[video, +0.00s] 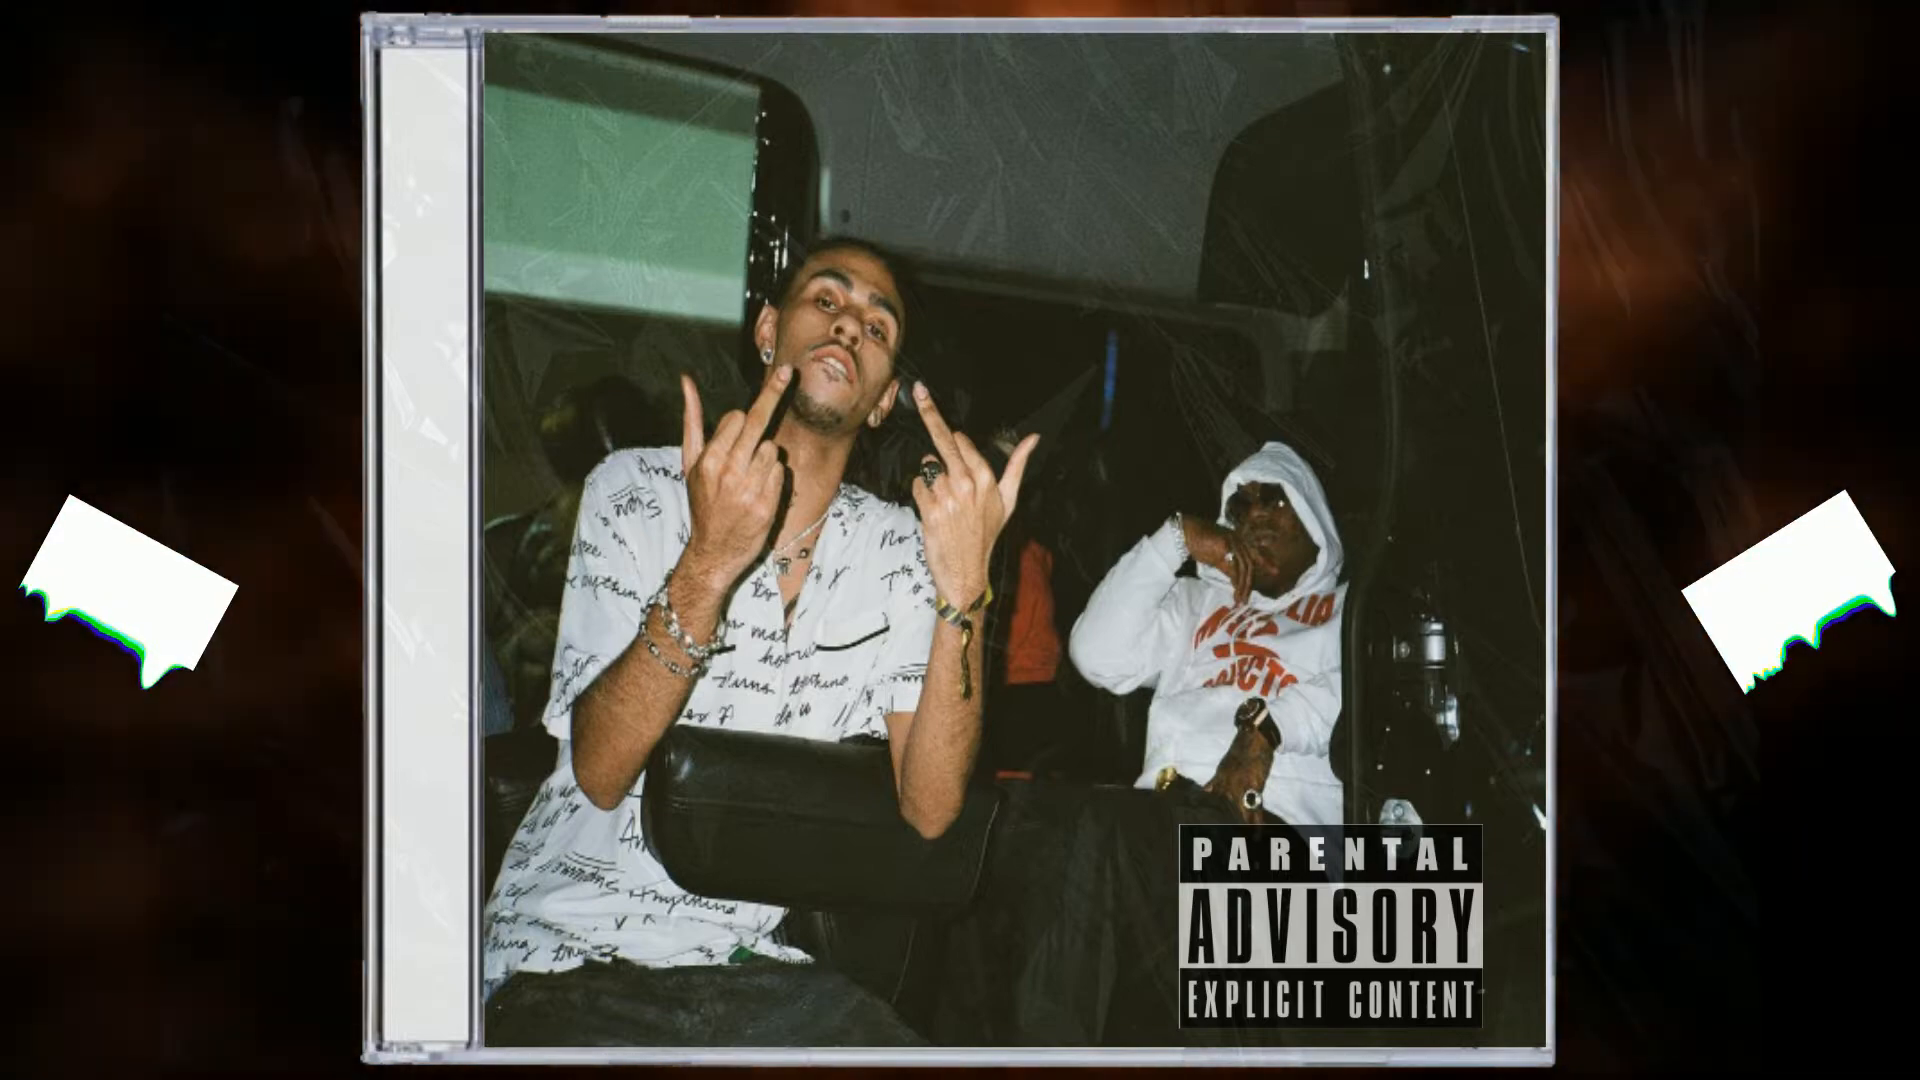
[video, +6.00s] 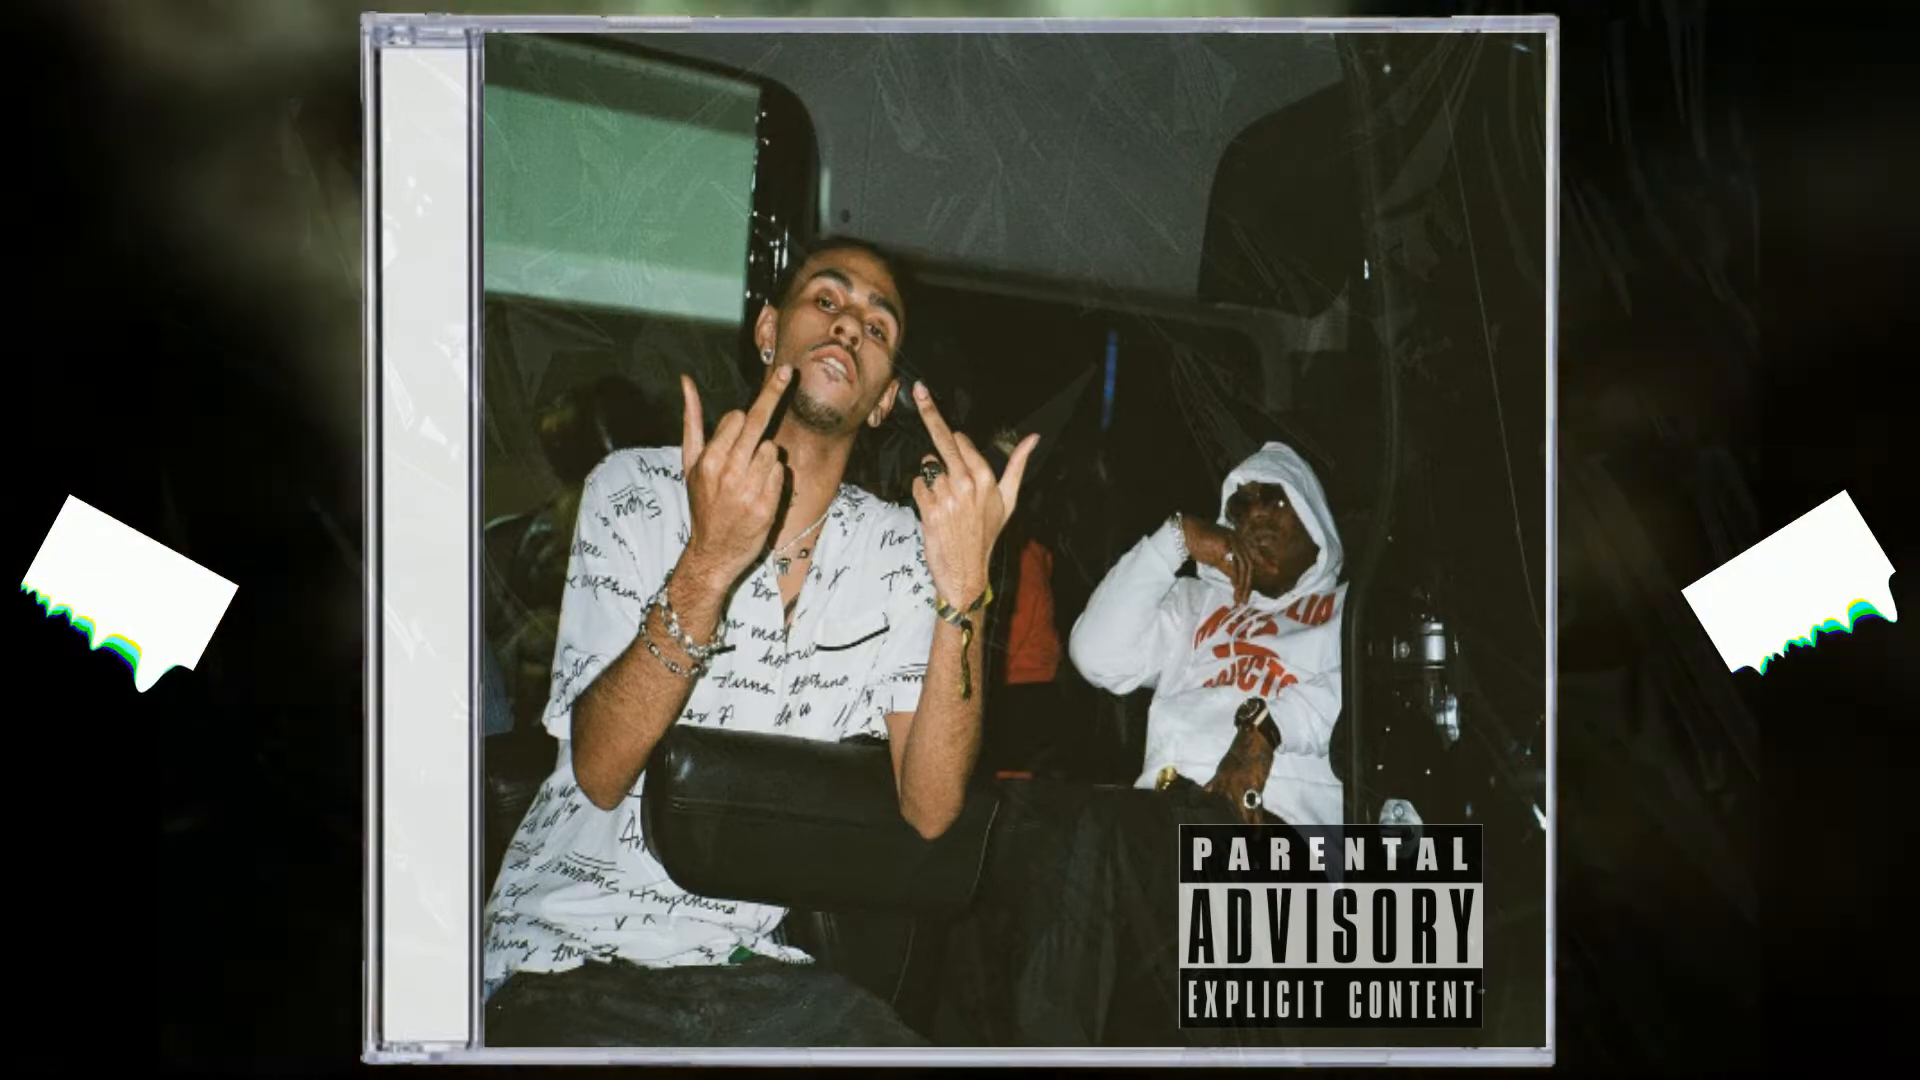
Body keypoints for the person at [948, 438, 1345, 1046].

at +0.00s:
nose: (1258, 519)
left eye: (1278, 502)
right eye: (1244, 504)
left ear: (1317, 524)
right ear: (1227, 524)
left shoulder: (1350, 610)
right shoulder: (1195, 601)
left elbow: (1351, 707)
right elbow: (1099, 657)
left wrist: (1261, 725)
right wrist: (1178, 538)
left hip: (1286, 821)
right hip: (1165, 810)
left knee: (1100, 822)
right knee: (1028, 811)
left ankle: (1049, 1054)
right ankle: (966, 1049)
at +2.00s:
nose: (1257, 522)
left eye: (1277, 505)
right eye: (1243, 507)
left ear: (1318, 526)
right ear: (1226, 526)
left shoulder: (1350, 607)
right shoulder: (1196, 601)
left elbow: (1355, 698)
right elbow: (1099, 658)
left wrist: (1266, 727)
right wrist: (1177, 538)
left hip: (1284, 818)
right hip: (1163, 809)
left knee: (1099, 822)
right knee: (1028, 810)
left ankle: (1049, 1053)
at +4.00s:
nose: (1258, 520)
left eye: (1278, 503)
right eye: (1243, 505)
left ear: (1317, 525)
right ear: (1226, 526)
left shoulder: (1349, 610)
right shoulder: (1195, 602)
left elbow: (1343, 703)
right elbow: (1099, 658)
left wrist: (1264, 727)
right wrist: (1177, 539)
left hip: (1283, 819)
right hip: (1163, 808)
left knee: (1102, 822)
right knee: (1028, 810)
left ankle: (1049, 1051)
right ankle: (969, 1047)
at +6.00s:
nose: (1258, 517)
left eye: (1279, 501)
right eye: (1245, 502)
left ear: (1318, 522)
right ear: (1227, 523)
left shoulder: (1351, 607)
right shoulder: (1197, 601)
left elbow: (1351, 701)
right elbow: (1099, 657)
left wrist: (1269, 725)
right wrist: (1177, 539)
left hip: (1284, 815)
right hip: (1166, 806)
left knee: (1101, 824)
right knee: (1025, 810)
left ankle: (1052, 1051)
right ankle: (968, 1046)